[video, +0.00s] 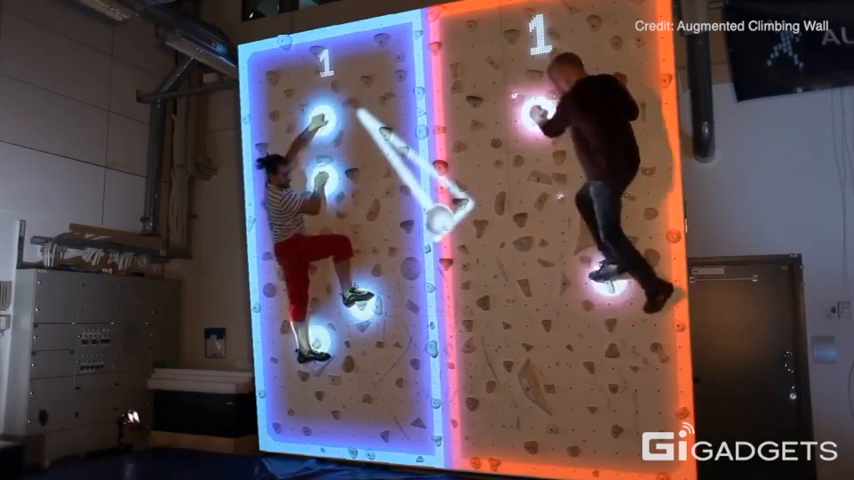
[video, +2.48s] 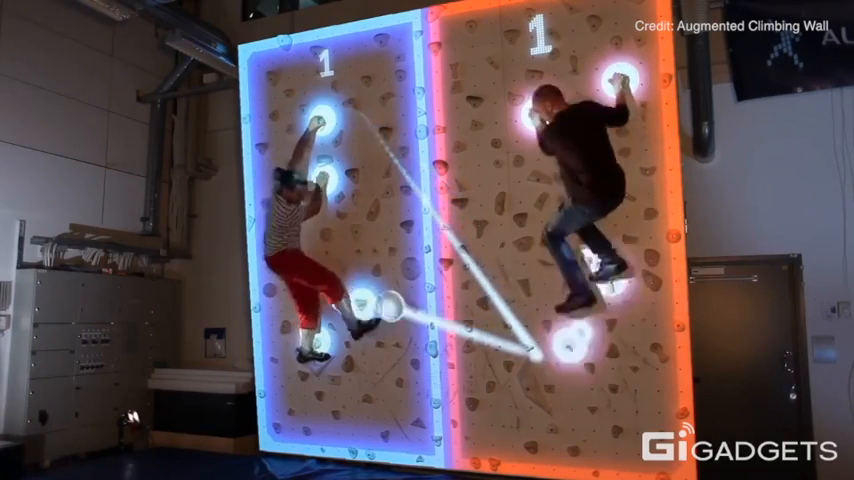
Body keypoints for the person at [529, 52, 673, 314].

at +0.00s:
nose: (556, 88)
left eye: (556, 81)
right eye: (554, 83)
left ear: (565, 76)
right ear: (579, 69)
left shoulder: (573, 99)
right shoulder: (608, 84)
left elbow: (552, 129)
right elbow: (632, 112)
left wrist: (539, 117)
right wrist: (621, 87)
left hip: (607, 173)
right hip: (629, 165)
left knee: (610, 235)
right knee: (584, 200)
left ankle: (655, 287)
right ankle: (614, 259)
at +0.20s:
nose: (559, 98)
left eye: (558, 91)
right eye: (556, 94)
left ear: (568, 84)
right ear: (579, 77)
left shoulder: (581, 109)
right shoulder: (613, 86)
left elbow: (561, 131)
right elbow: (643, 107)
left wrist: (545, 120)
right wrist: (624, 86)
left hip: (625, 174)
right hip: (645, 162)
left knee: (604, 232)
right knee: (592, 198)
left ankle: (628, 297)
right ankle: (613, 263)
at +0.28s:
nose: (562, 105)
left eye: (561, 99)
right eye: (559, 101)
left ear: (570, 90)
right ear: (578, 83)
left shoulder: (583, 116)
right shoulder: (613, 89)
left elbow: (561, 132)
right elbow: (643, 108)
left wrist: (545, 120)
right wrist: (624, 87)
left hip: (630, 176)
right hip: (650, 162)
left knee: (593, 227)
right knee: (594, 197)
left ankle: (602, 291)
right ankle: (616, 261)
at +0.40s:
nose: (561, 112)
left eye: (560, 107)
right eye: (558, 108)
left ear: (569, 100)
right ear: (579, 93)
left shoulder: (583, 126)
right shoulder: (612, 97)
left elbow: (559, 136)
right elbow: (642, 110)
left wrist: (544, 120)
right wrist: (626, 90)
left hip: (631, 184)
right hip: (650, 169)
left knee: (576, 214)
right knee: (591, 198)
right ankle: (616, 260)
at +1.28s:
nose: (555, 117)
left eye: (554, 112)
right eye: (553, 113)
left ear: (563, 105)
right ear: (573, 97)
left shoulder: (572, 130)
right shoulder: (606, 104)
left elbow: (553, 141)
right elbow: (636, 113)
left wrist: (543, 124)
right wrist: (624, 92)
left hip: (612, 194)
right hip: (634, 180)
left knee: (565, 228)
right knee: (577, 200)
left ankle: (569, 292)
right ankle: (612, 258)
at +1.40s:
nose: (551, 127)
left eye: (551, 122)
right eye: (549, 123)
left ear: (560, 116)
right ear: (569, 108)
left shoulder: (569, 140)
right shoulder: (602, 115)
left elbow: (551, 149)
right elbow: (631, 116)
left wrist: (542, 128)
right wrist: (625, 94)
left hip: (609, 202)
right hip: (631, 190)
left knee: (577, 253)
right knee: (573, 203)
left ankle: (581, 320)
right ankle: (611, 256)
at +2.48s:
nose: (539, 115)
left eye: (538, 110)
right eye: (537, 111)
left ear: (548, 105)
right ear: (560, 98)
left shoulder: (555, 131)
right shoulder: (588, 109)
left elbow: (546, 147)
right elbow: (620, 118)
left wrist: (539, 125)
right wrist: (622, 93)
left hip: (592, 200)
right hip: (615, 188)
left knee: (553, 235)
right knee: (574, 214)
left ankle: (581, 294)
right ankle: (611, 261)